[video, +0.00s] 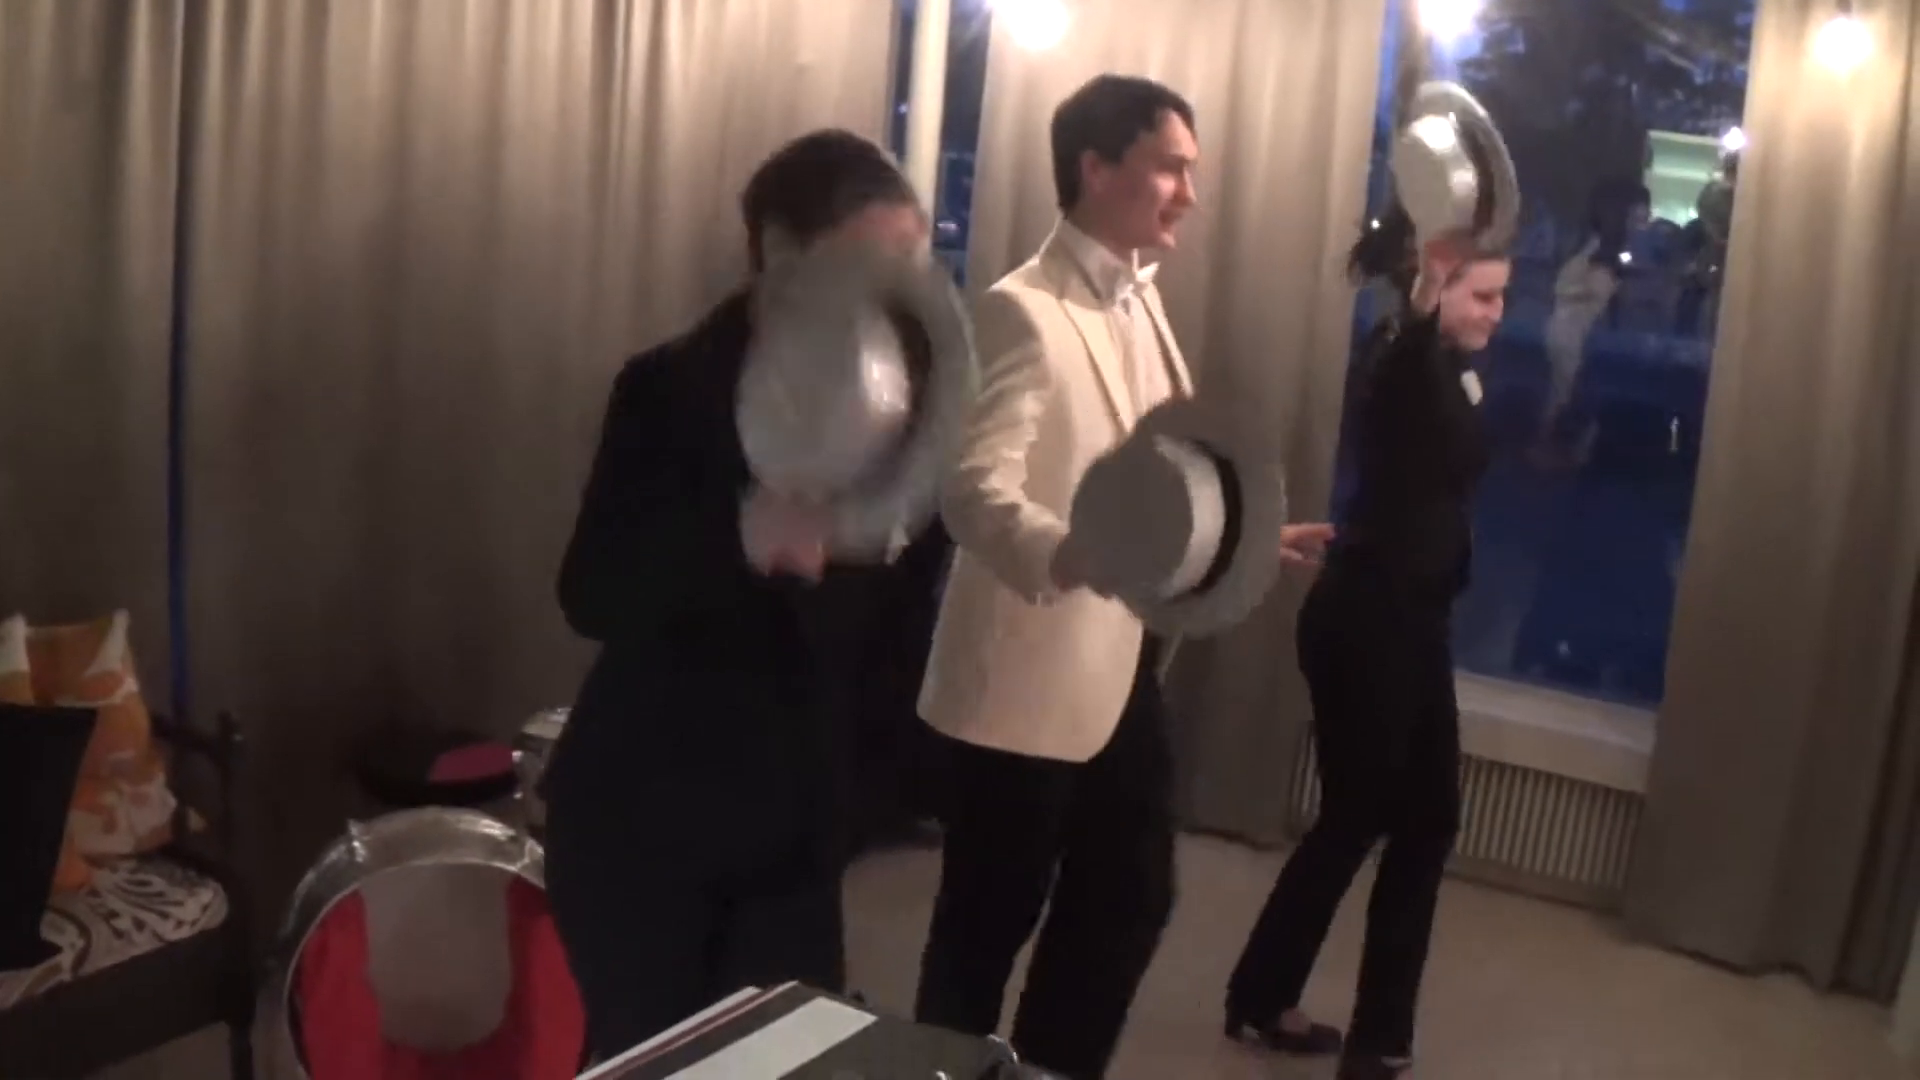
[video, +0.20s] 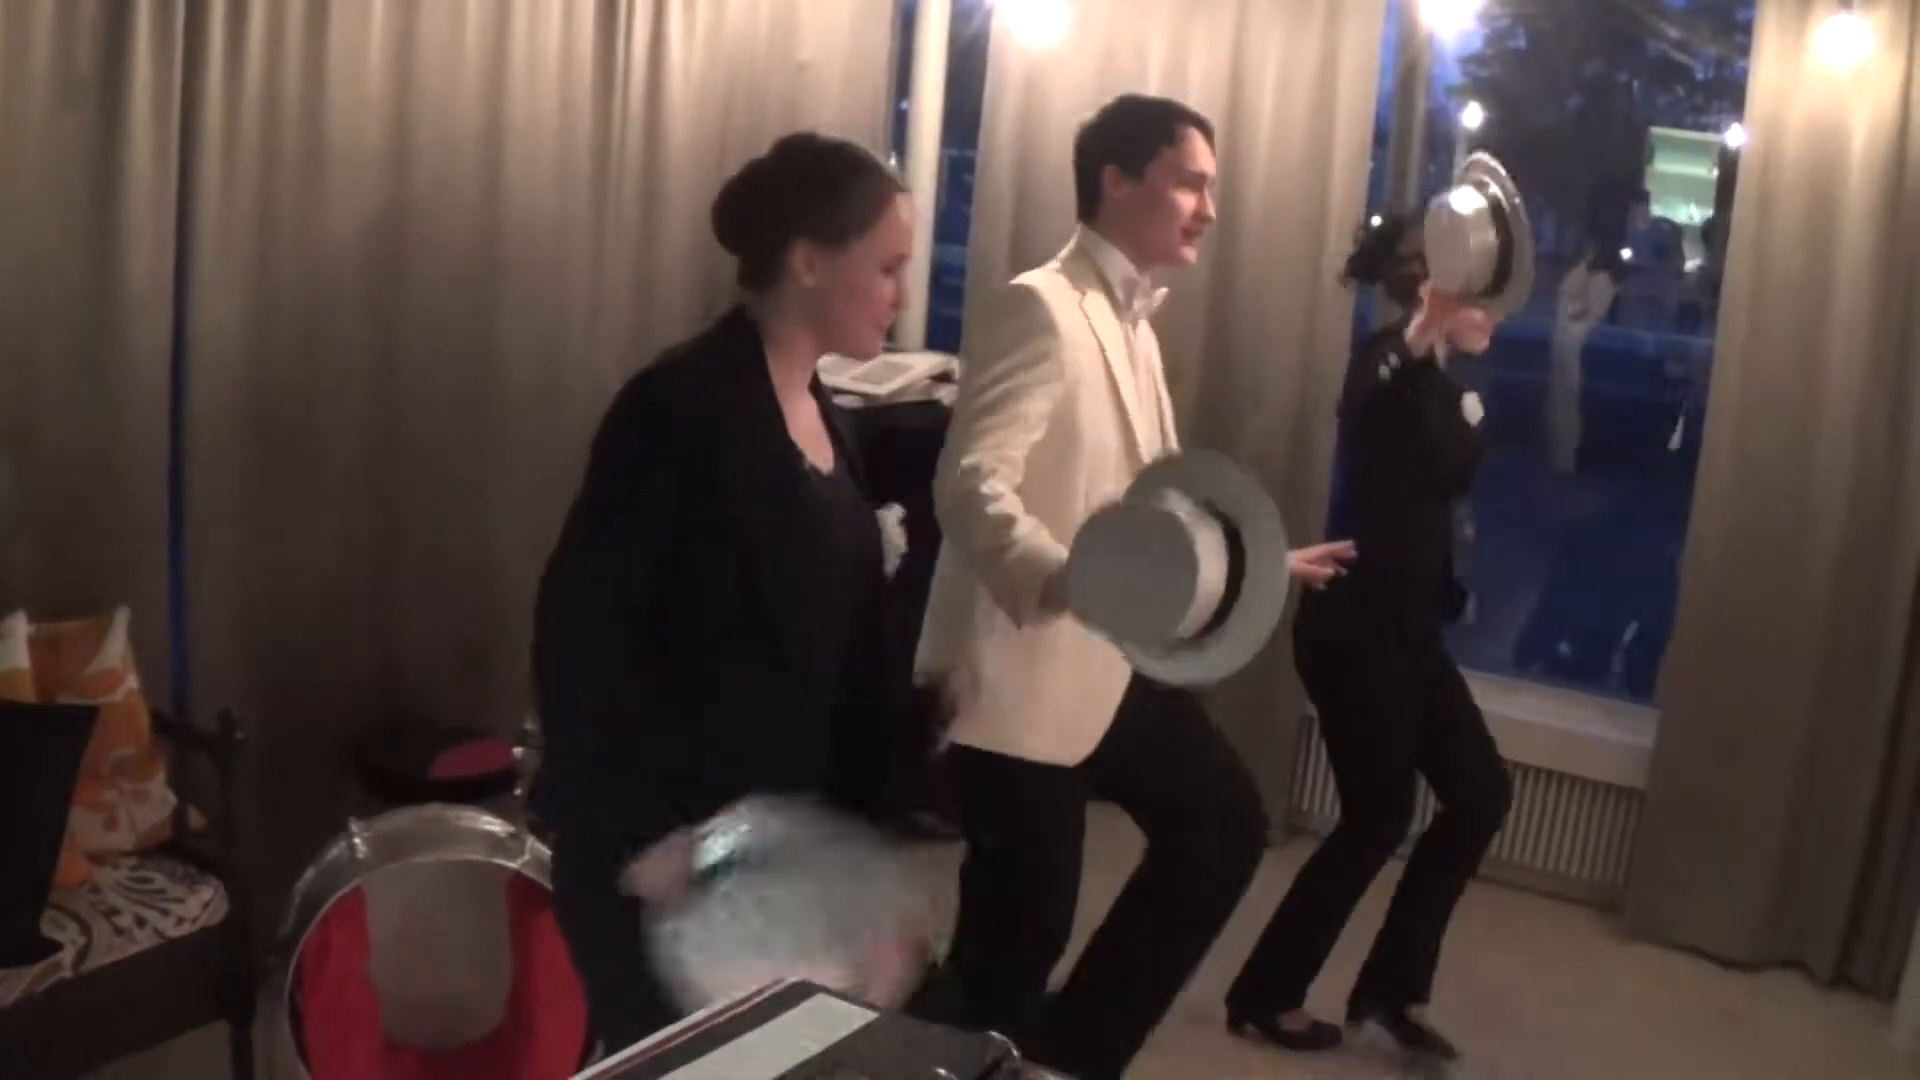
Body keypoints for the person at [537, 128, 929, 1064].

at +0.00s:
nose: (896, 284)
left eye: (910, 256)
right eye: (871, 257)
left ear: (922, 252)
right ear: (780, 254)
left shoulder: (895, 405)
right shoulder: (670, 391)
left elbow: (899, 627)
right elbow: (592, 591)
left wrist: (871, 789)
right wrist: (742, 534)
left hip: (792, 814)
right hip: (641, 807)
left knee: (786, 1052)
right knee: (636, 1060)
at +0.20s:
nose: (901, 295)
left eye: (904, 270)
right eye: (889, 269)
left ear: (817, 263)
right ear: (806, 260)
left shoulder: (816, 411)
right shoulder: (675, 404)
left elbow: (830, 625)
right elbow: (580, 621)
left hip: (777, 829)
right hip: (657, 842)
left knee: (761, 1053)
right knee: (659, 1063)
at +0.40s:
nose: (915, 284)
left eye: (914, 258)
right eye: (902, 257)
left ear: (831, 264)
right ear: (826, 262)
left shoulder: (803, 396)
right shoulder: (721, 385)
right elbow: (573, 572)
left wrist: (938, 464)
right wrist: (465, 767)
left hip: (775, 807)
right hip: (694, 819)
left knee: (926, 1001)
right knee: (679, 1055)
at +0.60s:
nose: (929, 283)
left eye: (927, 259)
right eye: (909, 259)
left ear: (836, 263)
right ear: (822, 261)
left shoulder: (851, 397)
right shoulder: (729, 396)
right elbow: (605, 594)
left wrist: (972, 453)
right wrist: (506, 783)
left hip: (837, 812)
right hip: (724, 821)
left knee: (937, 1037)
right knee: (728, 1062)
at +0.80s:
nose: (902, 277)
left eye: (908, 250)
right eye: (875, 250)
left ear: (916, 250)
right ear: (781, 251)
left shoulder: (923, 381)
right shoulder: (680, 432)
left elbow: (1020, 516)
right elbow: (635, 658)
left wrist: (1088, 390)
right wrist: (601, 844)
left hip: (896, 801)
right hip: (751, 811)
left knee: (863, 1050)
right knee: (731, 1050)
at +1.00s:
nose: (888, 307)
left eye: (896, 276)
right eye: (857, 278)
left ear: (908, 272)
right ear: (764, 277)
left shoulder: (921, 401)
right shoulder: (659, 441)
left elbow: (1015, 550)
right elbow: (606, 646)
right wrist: (591, 820)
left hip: (897, 819)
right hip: (744, 825)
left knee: (852, 1051)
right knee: (722, 1054)